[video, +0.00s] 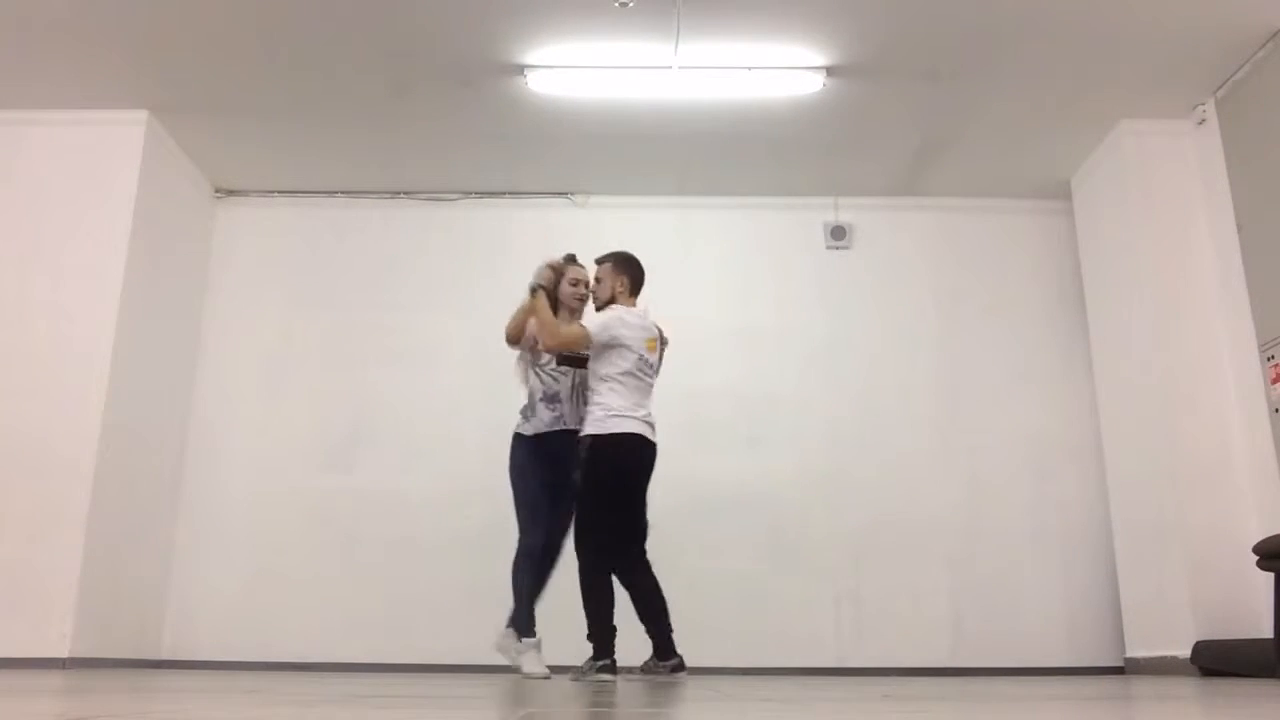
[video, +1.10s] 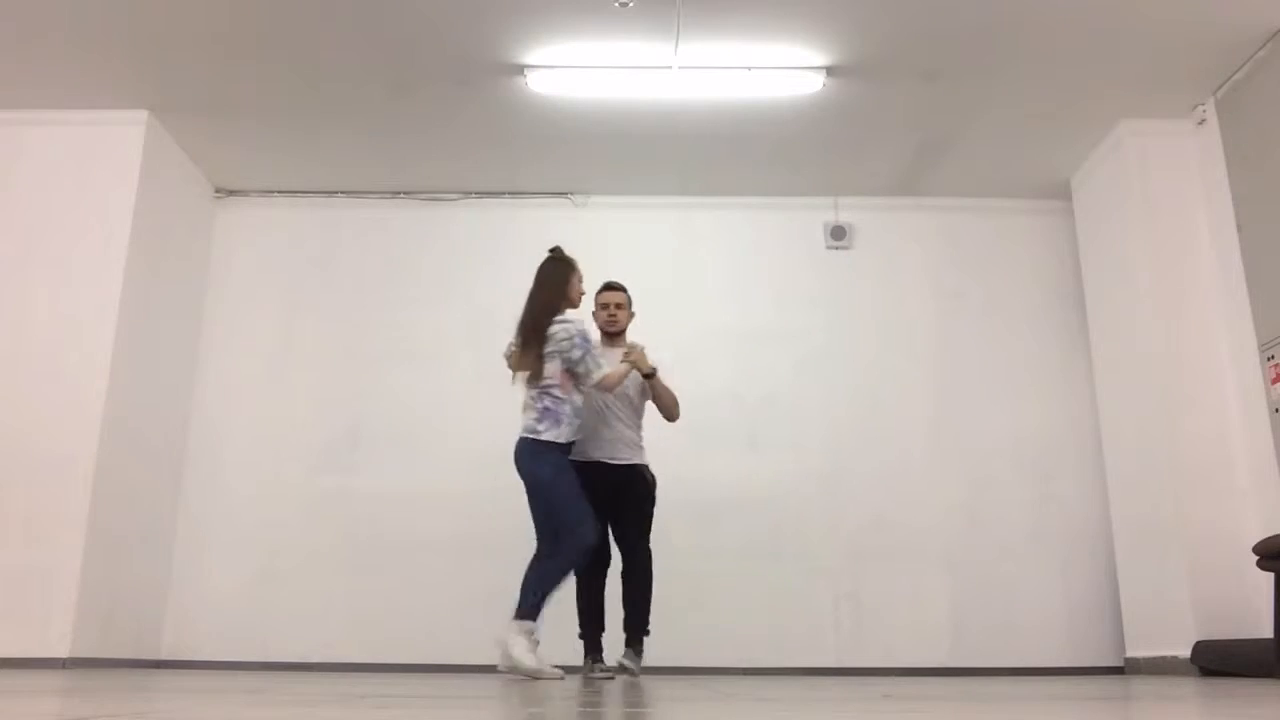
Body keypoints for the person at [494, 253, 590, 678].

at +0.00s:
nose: (582, 290)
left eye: (586, 285)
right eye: (574, 283)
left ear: (589, 293)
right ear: (554, 286)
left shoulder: (591, 335)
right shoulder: (537, 327)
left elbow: (629, 353)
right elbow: (513, 335)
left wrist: (656, 340)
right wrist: (535, 293)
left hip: (572, 445)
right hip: (533, 444)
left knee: (552, 543)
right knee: (534, 538)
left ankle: (513, 628)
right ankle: (528, 639)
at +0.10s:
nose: (574, 292)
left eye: (578, 287)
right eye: (567, 285)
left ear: (581, 295)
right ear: (546, 288)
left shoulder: (583, 337)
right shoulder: (530, 331)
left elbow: (601, 368)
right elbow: (527, 358)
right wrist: (551, 323)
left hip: (562, 449)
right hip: (526, 446)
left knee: (532, 542)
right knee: (527, 540)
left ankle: (501, 635)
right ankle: (521, 642)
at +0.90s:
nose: (567, 291)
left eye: (565, 284)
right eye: (560, 284)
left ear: (544, 288)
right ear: (540, 287)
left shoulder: (543, 330)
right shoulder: (536, 328)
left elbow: (571, 365)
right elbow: (573, 369)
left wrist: (608, 347)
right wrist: (611, 348)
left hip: (534, 451)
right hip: (512, 449)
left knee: (563, 543)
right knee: (501, 543)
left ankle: (521, 643)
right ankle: (478, 649)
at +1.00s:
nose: (574, 288)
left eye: (573, 281)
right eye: (568, 282)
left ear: (549, 286)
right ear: (550, 286)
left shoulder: (547, 329)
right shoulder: (549, 329)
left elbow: (570, 375)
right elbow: (581, 381)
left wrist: (613, 360)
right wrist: (620, 363)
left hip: (545, 447)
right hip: (529, 448)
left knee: (559, 546)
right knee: (546, 543)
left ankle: (520, 647)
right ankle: (489, 643)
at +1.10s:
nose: (584, 288)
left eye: (581, 281)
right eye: (579, 282)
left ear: (548, 284)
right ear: (567, 286)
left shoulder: (539, 325)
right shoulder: (572, 329)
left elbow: (514, 361)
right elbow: (599, 382)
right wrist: (629, 362)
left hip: (534, 450)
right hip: (547, 453)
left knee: (551, 543)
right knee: (581, 536)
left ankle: (520, 641)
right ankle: (520, 630)